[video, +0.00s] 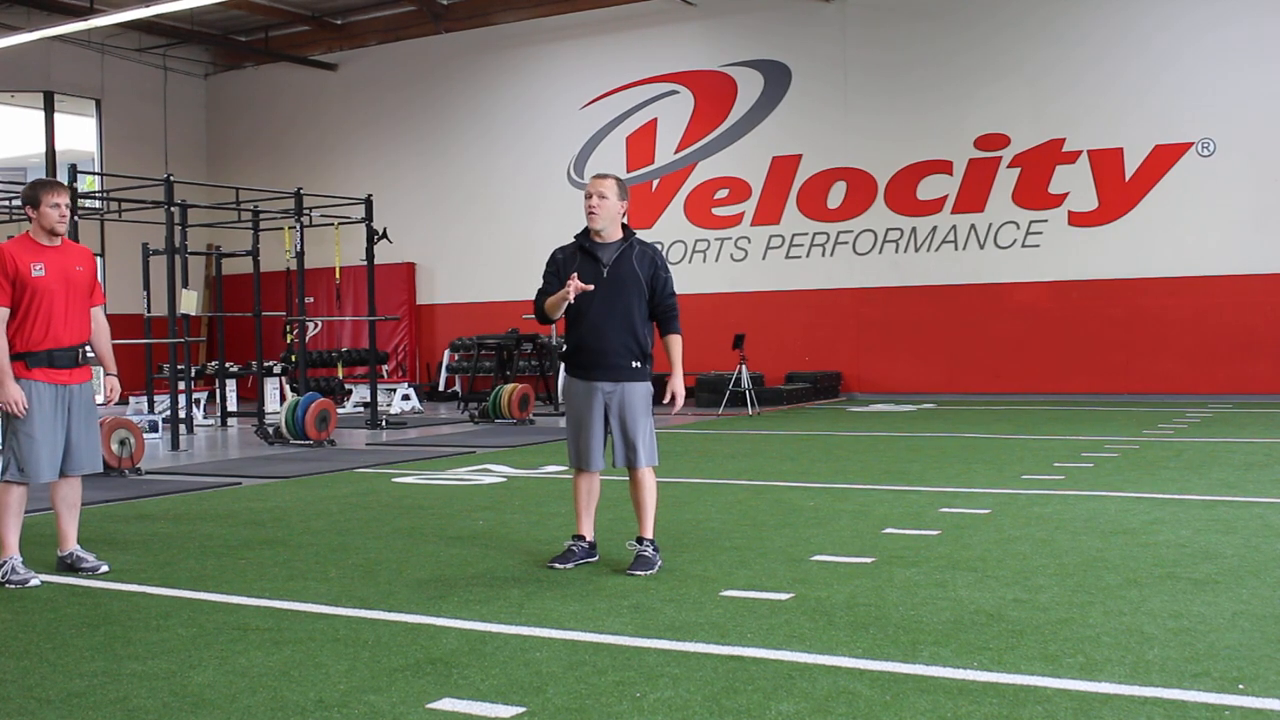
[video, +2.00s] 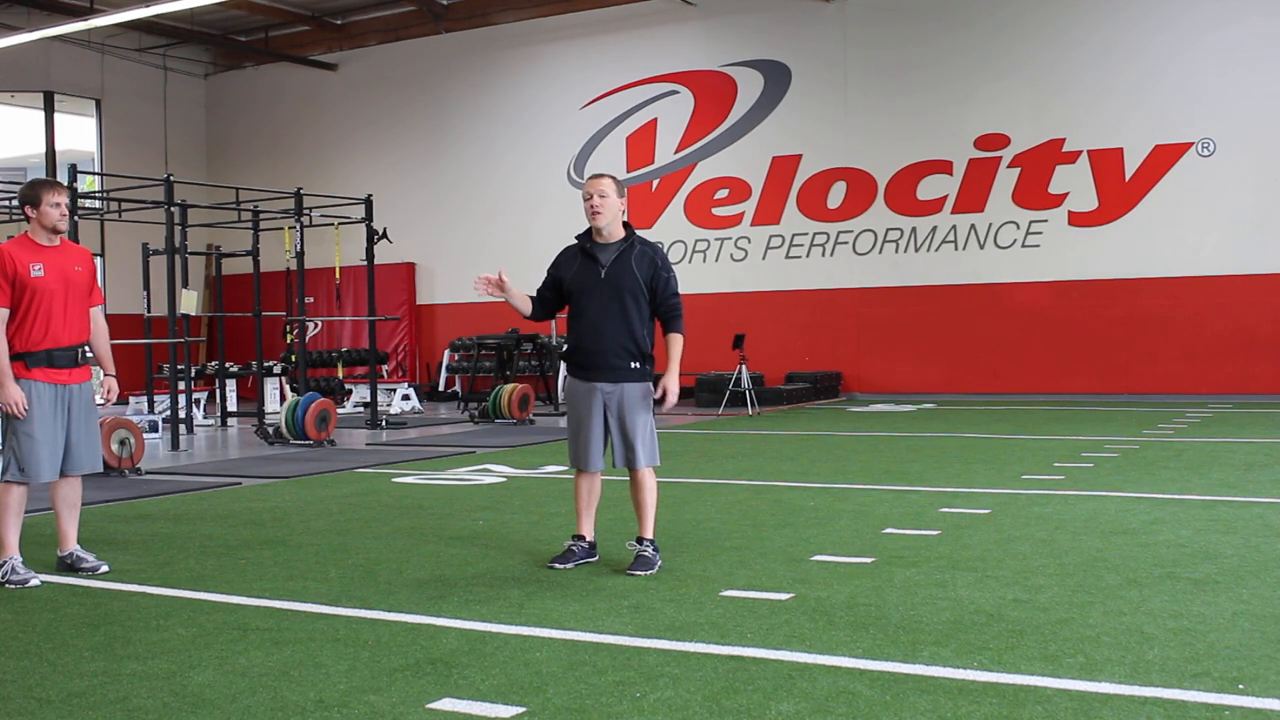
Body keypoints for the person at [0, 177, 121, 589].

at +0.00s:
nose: (64, 213)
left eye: (67, 206)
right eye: (54, 206)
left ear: (70, 210)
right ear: (32, 211)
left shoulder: (84, 257)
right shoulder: (10, 255)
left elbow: (96, 318)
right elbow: (0, 325)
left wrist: (111, 369)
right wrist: (6, 380)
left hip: (76, 377)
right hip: (29, 378)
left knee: (71, 466)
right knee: (19, 473)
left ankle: (69, 551)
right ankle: (10, 559)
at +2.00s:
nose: (64, 211)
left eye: (66, 205)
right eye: (55, 205)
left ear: (68, 211)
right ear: (31, 211)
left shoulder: (83, 257)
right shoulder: (10, 255)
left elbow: (95, 319)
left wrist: (109, 371)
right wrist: (6, 381)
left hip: (76, 377)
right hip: (29, 378)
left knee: (72, 466)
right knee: (18, 473)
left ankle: (69, 551)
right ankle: (10, 559)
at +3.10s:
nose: (66, 213)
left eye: (68, 206)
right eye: (57, 206)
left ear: (69, 211)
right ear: (33, 211)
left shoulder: (84, 257)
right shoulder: (11, 255)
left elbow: (96, 319)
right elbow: (0, 326)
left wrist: (110, 371)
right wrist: (6, 381)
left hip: (77, 376)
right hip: (29, 378)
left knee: (72, 466)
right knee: (18, 473)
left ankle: (69, 551)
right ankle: (10, 560)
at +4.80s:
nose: (66, 213)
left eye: (69, 207)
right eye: (58, 207)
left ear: (70, 210)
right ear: (34, 211)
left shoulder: (85, 257)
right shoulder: (12, 254)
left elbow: (97, 319)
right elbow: (1, 325)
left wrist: (111, 370)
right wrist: (8, 381)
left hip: (77, 377)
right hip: (30, 378)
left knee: (72, 466)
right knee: (19, 473)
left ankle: (69, 551)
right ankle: (10, 559)